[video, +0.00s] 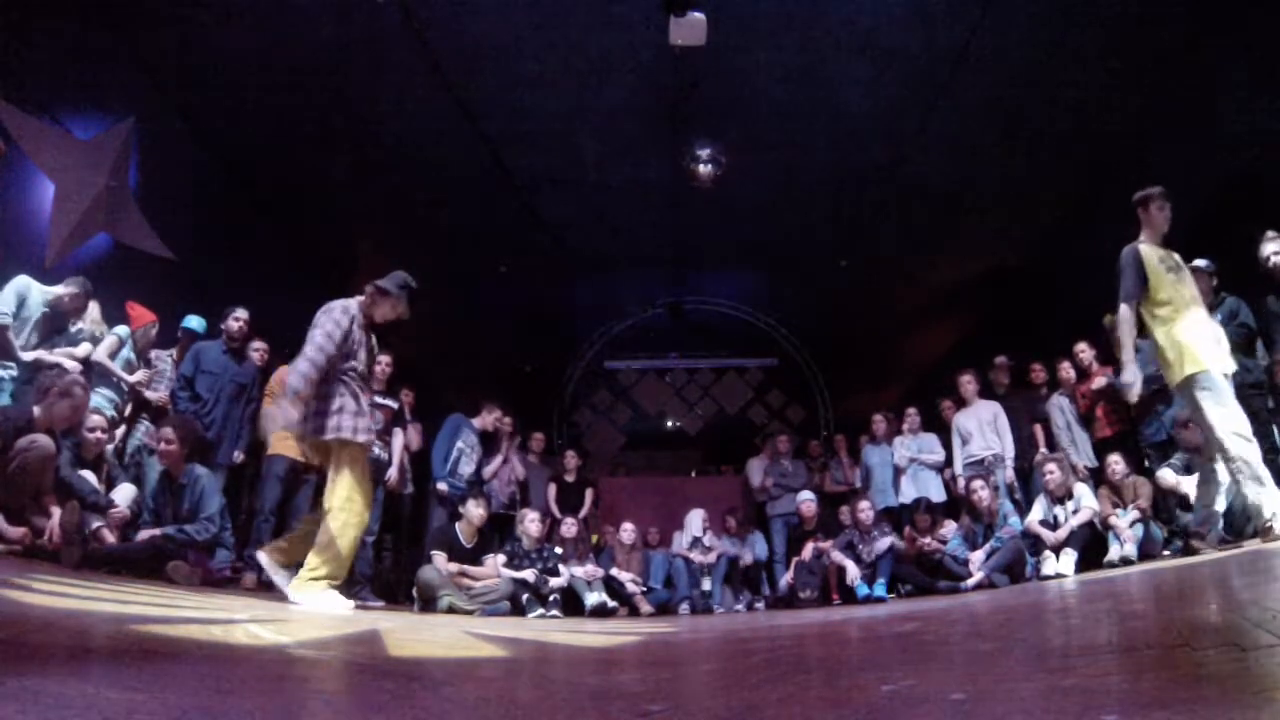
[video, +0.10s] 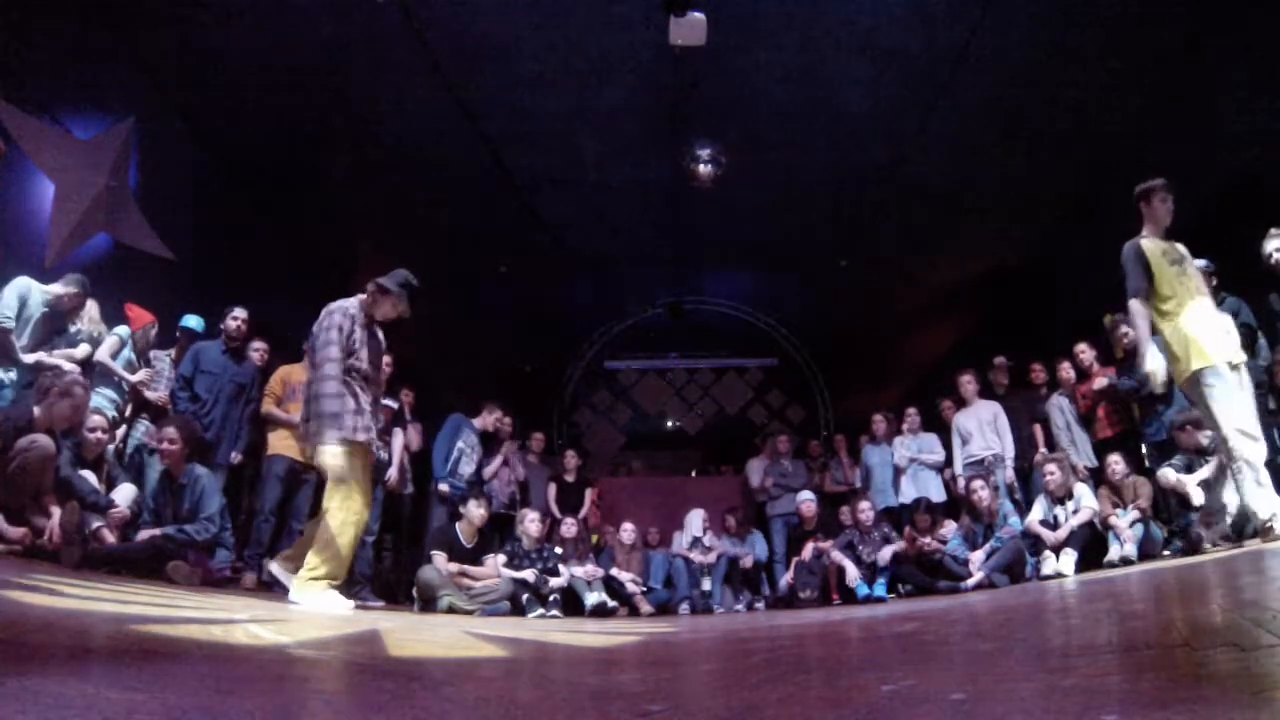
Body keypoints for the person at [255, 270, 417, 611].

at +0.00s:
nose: (391, 318)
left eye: (396, 315)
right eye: (393, 310)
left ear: (385, 305)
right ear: (377, 294)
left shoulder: (364, 331)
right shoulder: (342, 311)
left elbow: (358, 381)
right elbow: (315, 352)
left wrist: (368, 416)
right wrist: (295, 391)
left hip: (346, 422)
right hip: (341, 419)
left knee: (342, 507)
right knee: (351, 506)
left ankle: (279, 555)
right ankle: (315, 583)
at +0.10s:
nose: (395, 315)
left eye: (399, 311)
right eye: (395, 306)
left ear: (390, 306)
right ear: (377, 292)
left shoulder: (374, 334)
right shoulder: (340, 312)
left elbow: (371, 388)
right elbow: (328, 376)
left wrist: (373, 435)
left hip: (360, 433)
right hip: (338, 429)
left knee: (351, 507)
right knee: (349, 506)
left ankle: (292, 561)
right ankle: (315, 584)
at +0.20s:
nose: (398, 306)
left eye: (403, 302)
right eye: (398, 298)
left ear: (397, 297)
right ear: (382, 285)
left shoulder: (382, 327)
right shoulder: (344, 309)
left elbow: (377, 379)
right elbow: (346, 375)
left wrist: (378, 430)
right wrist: (368, 430)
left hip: (362, 424)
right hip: (341, 422)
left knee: (348, 501)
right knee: (343, 499)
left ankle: (319, 579)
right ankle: (313, 580)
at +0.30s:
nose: (403, 298)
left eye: (408, 293)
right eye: (403, 289)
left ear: (404, 292)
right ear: (386, 278)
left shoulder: (389, 324)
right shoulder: (352, 304)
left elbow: (382, 378)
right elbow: (353, 366)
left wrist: (390, 423)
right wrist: (381, 417)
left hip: (361, 420)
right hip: (339, 415)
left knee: (346, 501)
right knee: (336, 498)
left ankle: (321, 582)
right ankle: (311, 582)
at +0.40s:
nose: (407, 295)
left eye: (413, 290)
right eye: (405, 285)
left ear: (413, 293)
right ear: (389, 279)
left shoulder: (395, 329)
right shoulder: (357, 305)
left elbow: (389, 381)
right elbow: (352, 360)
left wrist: (398, 421)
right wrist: (384, 413)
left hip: (360, 426)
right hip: (334, 418)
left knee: (345, 506)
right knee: (331, 502)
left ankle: (324, 583)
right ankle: (310, 583)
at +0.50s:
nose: (409, 297)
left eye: (415, 293)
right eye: (407, 287)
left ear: (415, 296)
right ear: (391, 281)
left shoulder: (397, 332)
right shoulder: (361, 306)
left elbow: (392, 384)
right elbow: (358, 366)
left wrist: (399, 424)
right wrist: (379, 421)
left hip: (358, 423)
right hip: (332, 414)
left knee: (341, 504)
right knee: (327, 499)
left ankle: (324, 582)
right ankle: (309, 582)